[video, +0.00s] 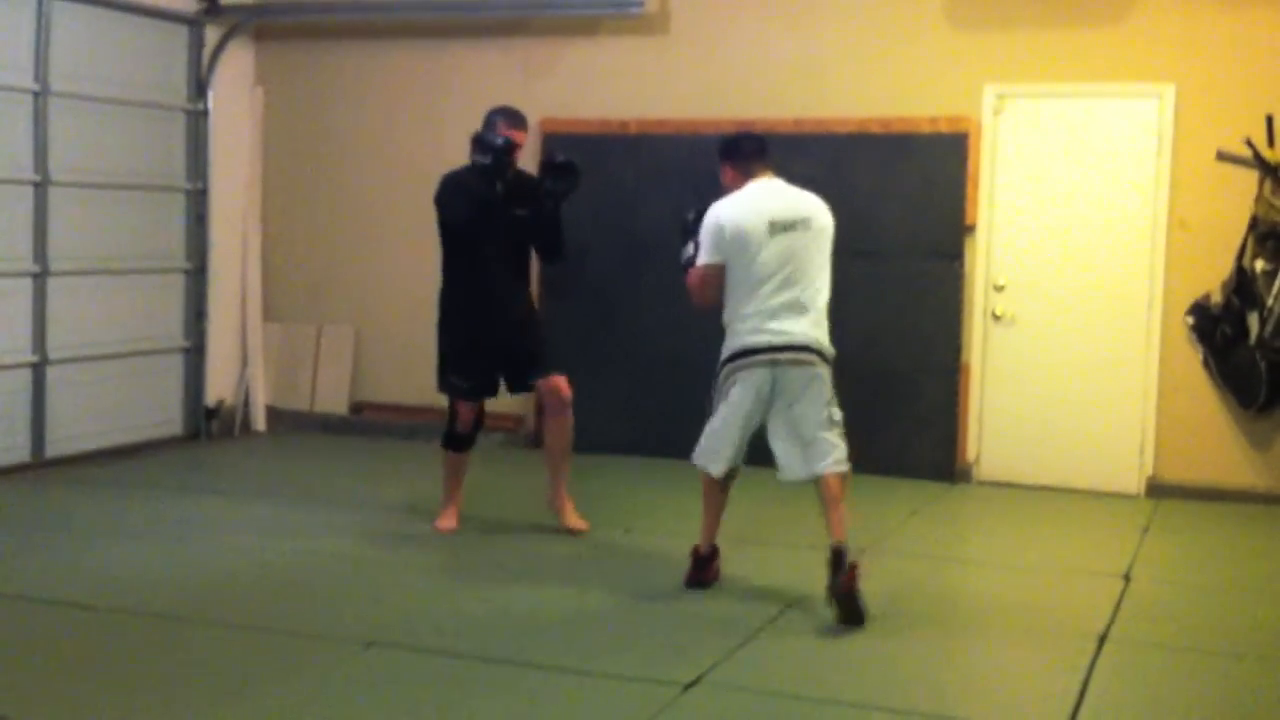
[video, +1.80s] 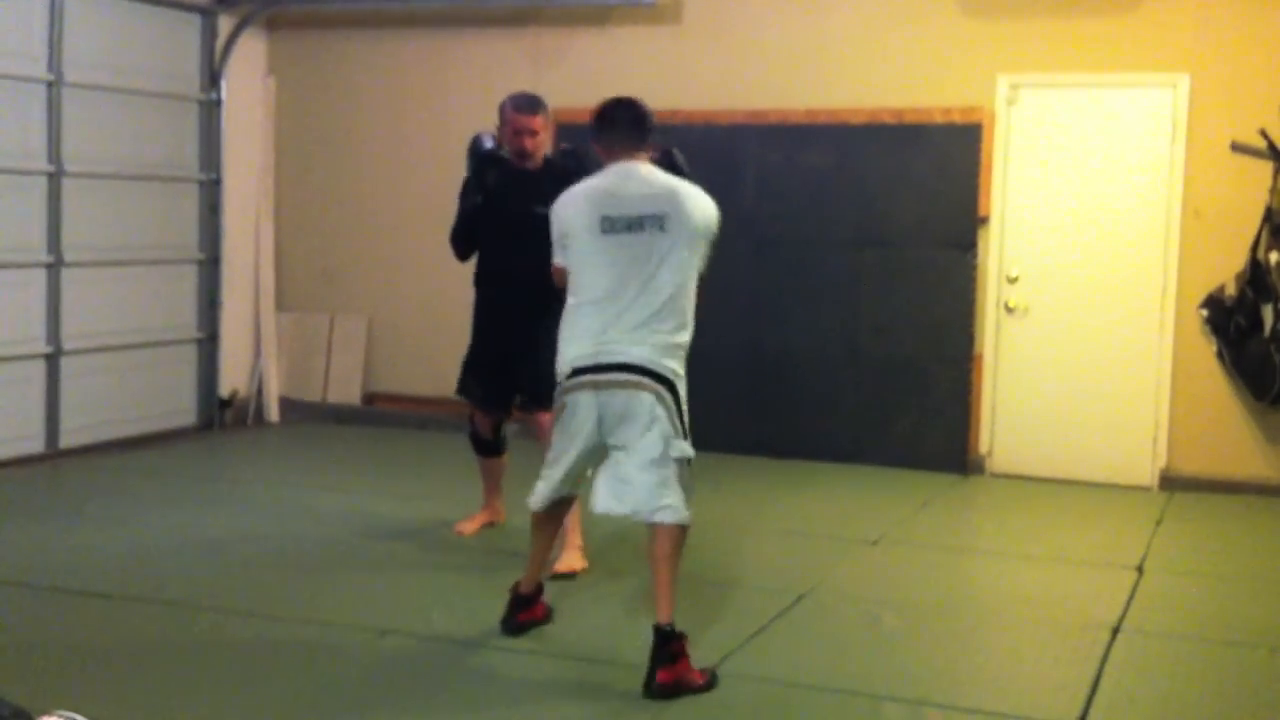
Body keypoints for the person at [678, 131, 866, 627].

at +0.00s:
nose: (721, 182)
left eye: (721, 175)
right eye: (723, 175)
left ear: (730, 171)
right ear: (769, 163)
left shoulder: (724, 213)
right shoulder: (819, 209)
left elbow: (704, 293)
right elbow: (807, 275)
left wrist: (694, 253)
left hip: (749, 349)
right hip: (808, 349)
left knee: (720, 451)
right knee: (827, 452)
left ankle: (705, 552)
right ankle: (841, 555)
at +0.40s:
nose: (744, 176)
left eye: (743, 169)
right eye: (748, 169)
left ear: (749, 168)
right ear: (793, 168)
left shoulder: (724, 212)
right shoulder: (829, 223)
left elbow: (684, 286)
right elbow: (806, 283)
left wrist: (699, 226)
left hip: (726, 362)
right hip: (794, 363)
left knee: (692, 451)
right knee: (816, 478)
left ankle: (655, 538)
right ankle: (842, 590)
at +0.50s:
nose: (732, 182)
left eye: (729, 174)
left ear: (728, 174)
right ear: (774, 175)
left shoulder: (698, 219)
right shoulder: (808, 234)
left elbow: (650, 278)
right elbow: (802, 295)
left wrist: (648, 234)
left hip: (699, 375)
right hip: (765, 378)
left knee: (664, 455)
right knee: (802, 483)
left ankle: (612, 539)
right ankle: (840, 591)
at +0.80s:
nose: (740, 182)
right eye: (740, 175)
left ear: (690, 168)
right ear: (738, 176)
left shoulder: (638, 211)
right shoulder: (740, 232)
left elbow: (597, 281)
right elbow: (736, 320)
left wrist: (647, 265)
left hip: (624, 367)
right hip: (686, 369)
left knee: (635, 462)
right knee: (777, 457)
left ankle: (594, 558)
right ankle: (754, 558)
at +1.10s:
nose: (706, 170)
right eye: (710, 164)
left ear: (660, 156)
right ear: (709, 165)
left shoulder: (617, 196)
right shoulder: (729, 223)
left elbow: (578, 259)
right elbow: (730, 300)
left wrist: (630, 255)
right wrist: (685, 265)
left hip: (615, 356)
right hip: (679, 360)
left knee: (615, 465)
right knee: (703, 482)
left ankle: (599, 558)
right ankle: (684, 606)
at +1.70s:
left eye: (624, 151)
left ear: (619, 154)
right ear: (675, 159)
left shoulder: (580, 208)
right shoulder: (705, 223)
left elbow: (553, 293)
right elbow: (697, 304)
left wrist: (600, 316)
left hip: (580, 368)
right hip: (650, 374)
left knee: (560, 490)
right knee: (653, 510)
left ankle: (532, 592)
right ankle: (662, 655)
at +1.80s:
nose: (601, 153)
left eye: (595, 143)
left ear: (597, 144)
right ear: (652, 141)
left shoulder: (569, 203)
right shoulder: (696, 204)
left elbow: (563, 277)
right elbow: (690, 282)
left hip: (581, 365)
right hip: (651, 370)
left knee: (557, 485)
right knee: (666, 504)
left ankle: (525, 597)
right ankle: (667, 652)